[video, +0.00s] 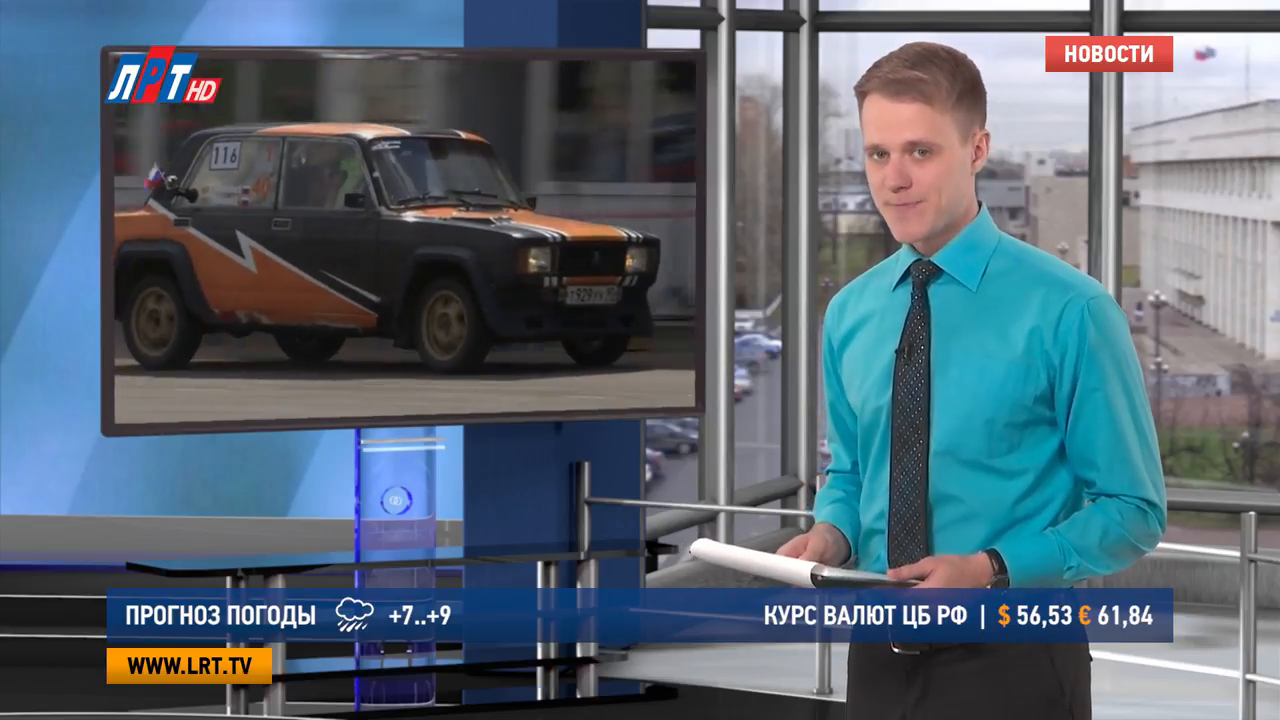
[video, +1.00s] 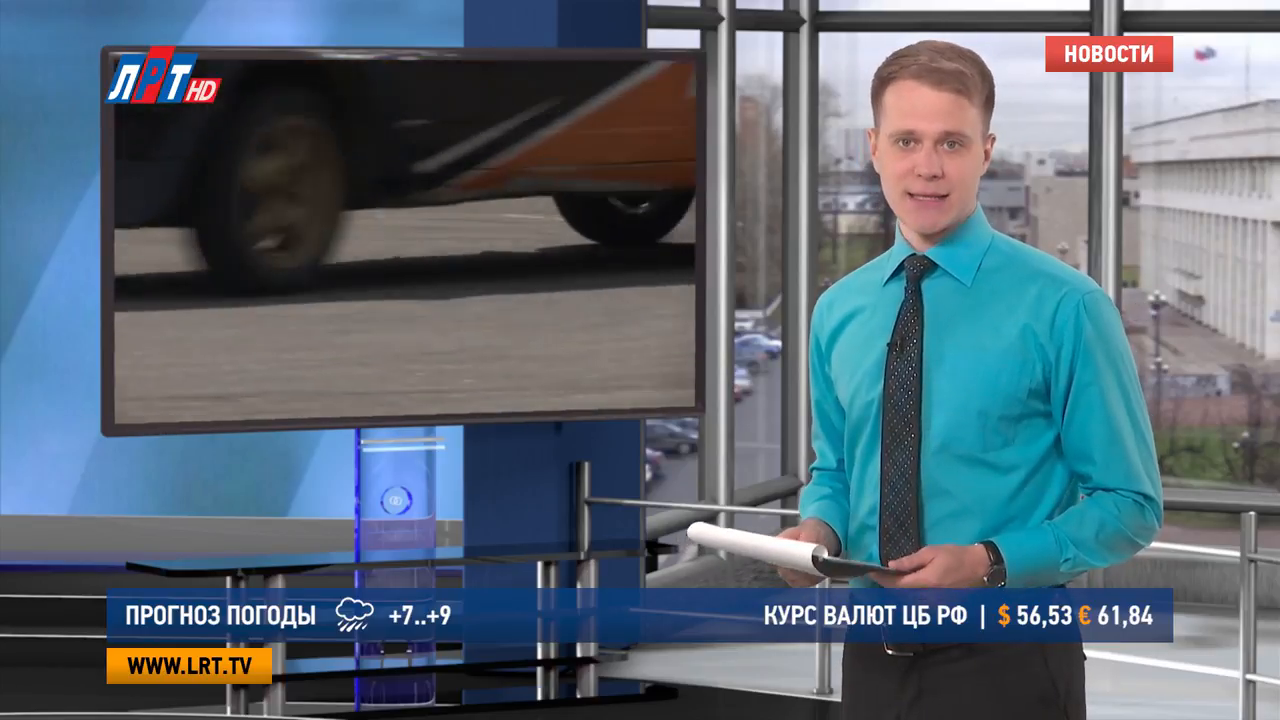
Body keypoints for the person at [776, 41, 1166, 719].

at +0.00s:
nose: (895, 177)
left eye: (920, 151)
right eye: (878, 154)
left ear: (976, 149)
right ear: (862, 159)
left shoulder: (1070, 310)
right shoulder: (849, 312)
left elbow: (1134, 509)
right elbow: (848, 473)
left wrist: (992, 568)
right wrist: (825, 538)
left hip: (1012, 662)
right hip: (879, 659)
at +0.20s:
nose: (899, 175)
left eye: (924, 149)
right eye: (881, 152)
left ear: (978, 150)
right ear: (864, 158)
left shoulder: (1069, 308)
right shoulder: (849, 312)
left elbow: (1131, 508)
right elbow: (848, 475)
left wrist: (990, 567)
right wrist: (823, 538)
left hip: (1012, 661)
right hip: (880, 659)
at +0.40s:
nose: (912, 169)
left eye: (938, 143)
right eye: (892, 145)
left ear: (984, 149)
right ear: (871, 154)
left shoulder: (1069, 306)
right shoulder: (845, 309)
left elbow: (1132, 505)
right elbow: (841, 470)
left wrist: (987, 565)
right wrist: (819, 532)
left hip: (1012, 661)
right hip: (878, 657)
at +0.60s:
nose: (925, 165)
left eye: (949, 141)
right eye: (904, 141)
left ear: (987, 149)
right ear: (875, 150)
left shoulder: (1067, 305)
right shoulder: (843, 309)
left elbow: (1127, 505)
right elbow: (838, 471)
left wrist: (984, 563)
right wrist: (815, 531)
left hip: (1012, 659)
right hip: (878, 656)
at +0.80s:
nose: (928, 167)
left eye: (952, 143)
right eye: (907, 142)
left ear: (988, 149)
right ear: (875, 150)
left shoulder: (1065, 306)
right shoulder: (839, 310)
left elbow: (1129, 505)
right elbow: (834, 472)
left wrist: (989, 562)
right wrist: (819, 529)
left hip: (1008, 663)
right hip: (875, 662)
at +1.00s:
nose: (927, 166)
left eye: (951, 142)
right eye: (906, 141)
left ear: (986, 150)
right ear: (874, 150)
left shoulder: (1064, 306)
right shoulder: (836, 311)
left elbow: (1130, 503)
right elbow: (831, 472)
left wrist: (990, 562)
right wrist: (818, 530)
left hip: (1005, 664)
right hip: (872, 663)